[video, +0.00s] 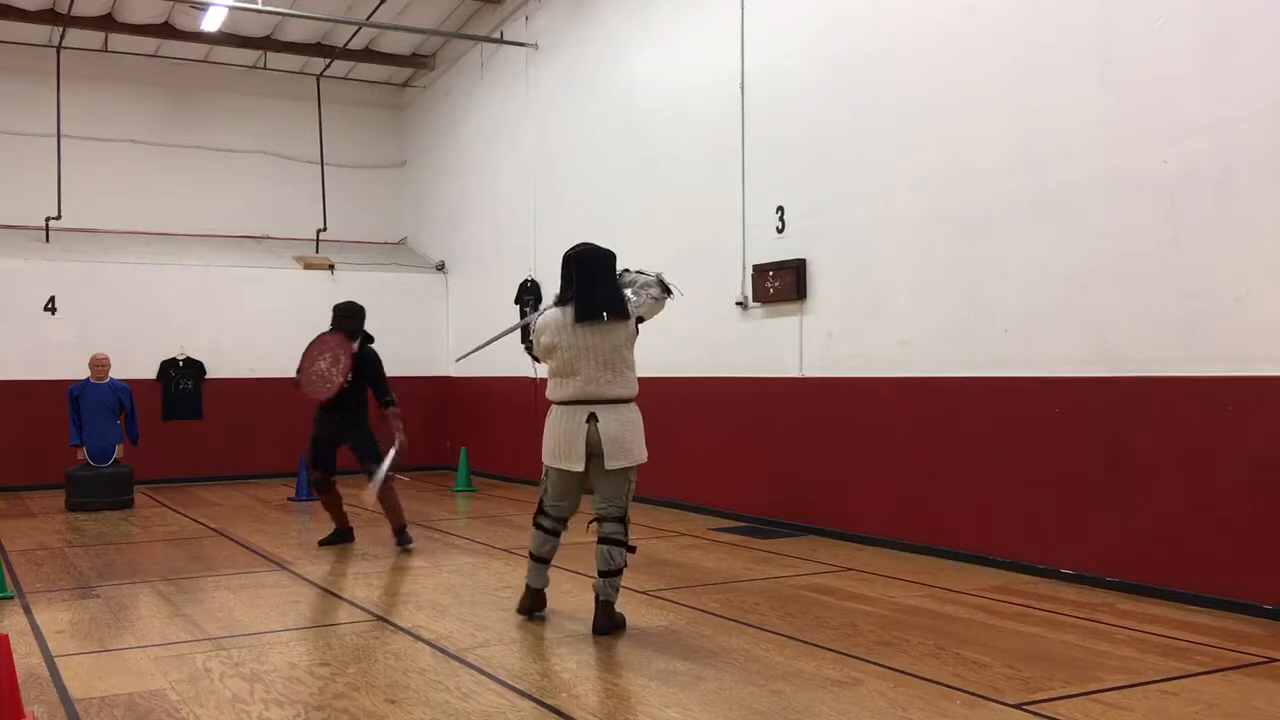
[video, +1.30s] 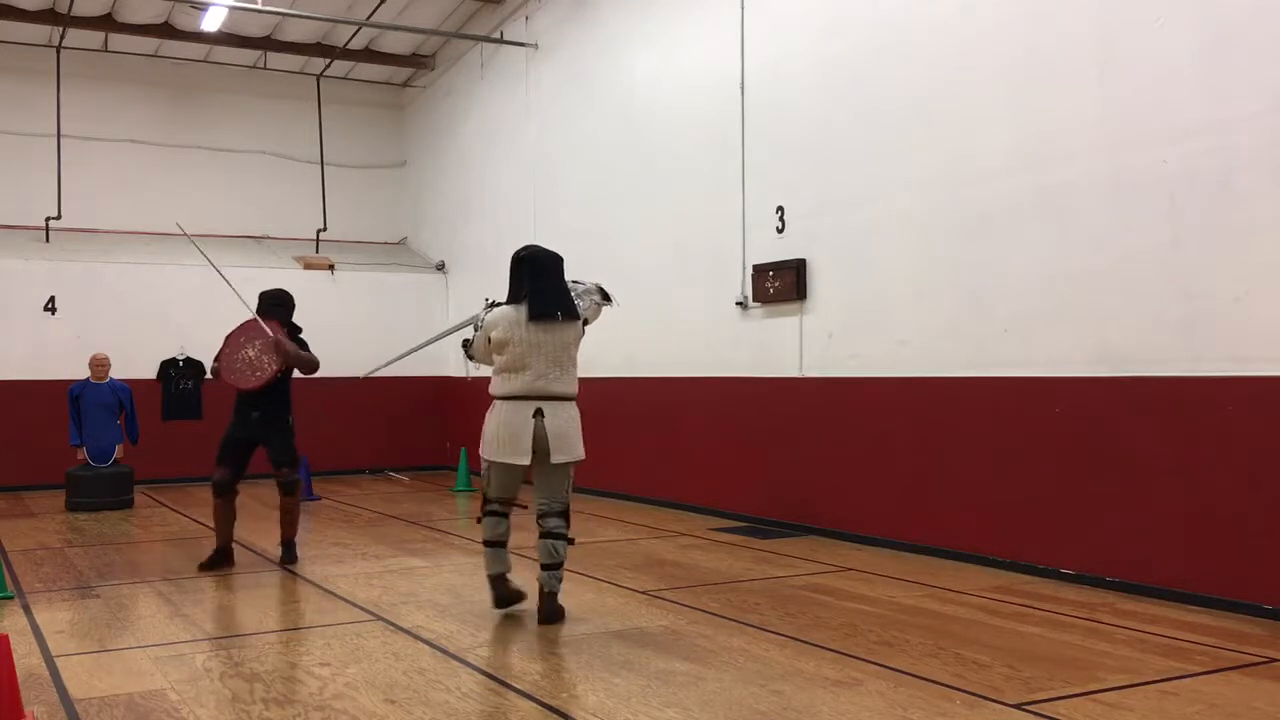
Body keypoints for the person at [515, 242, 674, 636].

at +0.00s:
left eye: (565, 274)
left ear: (567, 279)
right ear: (610, 277)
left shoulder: (551, 321)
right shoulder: (625, 312)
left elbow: (537, 351)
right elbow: (657, 291)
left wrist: (531, 310)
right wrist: (619, 275)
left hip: (566, 427)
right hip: (618, 427)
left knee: (552, 513)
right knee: (612, 517)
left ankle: (533, 593)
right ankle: (605, 610)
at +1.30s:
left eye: (513, 275)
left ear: (516, 278)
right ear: (556, 278)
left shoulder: (500, 319)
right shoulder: (571, 315)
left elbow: (480, 353)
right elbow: (593, 300)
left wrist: (483, 322)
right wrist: (590, 289)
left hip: (508, 422)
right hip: (560, 422)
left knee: (497, 505)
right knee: (553, 511)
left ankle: (499, 585)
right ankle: (550, 601)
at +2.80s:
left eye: (482, 287)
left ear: (484, 289)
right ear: (525, 287)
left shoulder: (467, 330)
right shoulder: (540, 324)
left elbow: (452, 370)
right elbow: (557, 305)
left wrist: (453, 338)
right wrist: (540, 289)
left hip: (481, 430)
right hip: (533, 428)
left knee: (468, 507)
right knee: (541, 514)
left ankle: (459, 586)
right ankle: (547, 598)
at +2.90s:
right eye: (526, 297)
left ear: (484, 301)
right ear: (524, 299)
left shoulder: (466, 341)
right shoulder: (539, 334)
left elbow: (457, 382)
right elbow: (556, 315)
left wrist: (453, 350)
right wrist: (546, 300)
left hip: (481, 439)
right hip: (532, 439)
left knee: (476, 518)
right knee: (547, 515)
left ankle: (456, 592)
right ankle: (548, 584)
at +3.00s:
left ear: (488, 306)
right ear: (529, 303)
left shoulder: (473, 346)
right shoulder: (545, 336)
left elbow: (464, 389)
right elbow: (560, 317)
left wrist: (456, 357)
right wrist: (536, 300)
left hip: (490, 443)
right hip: (542, 441)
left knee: (479, 517)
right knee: (555, 513)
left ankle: (456, 593)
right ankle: (558, 585)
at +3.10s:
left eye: (499, 301)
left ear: (501, 304)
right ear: (541, 300)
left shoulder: (487, 346)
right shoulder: (560, 335)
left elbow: (476, 391)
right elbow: (572, 315)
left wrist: (472, 360)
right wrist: (574, 310)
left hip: (503, 441)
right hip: (556, 439)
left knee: (483, 516)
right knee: (574, 512)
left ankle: (457, 592)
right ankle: (591, 580)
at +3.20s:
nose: (516, 303)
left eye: (518, 298)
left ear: (522, 302)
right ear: (562, 299)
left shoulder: (508, 343)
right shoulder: (582, 335)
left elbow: (494, 387)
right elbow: (590, 313)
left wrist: (489, 360)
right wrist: (589, 310)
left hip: (520, 442)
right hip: (573, 441)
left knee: (492, 516)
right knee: (596, 514)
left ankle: (460, 591)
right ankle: (629, 577)